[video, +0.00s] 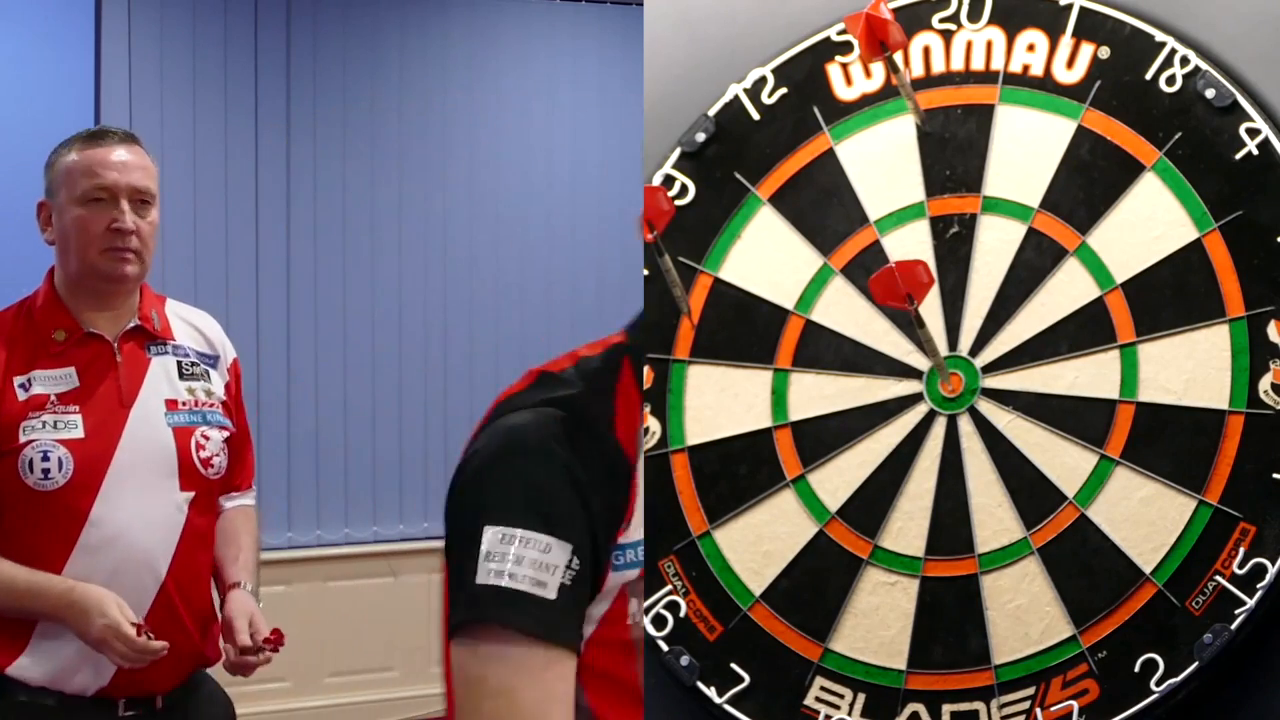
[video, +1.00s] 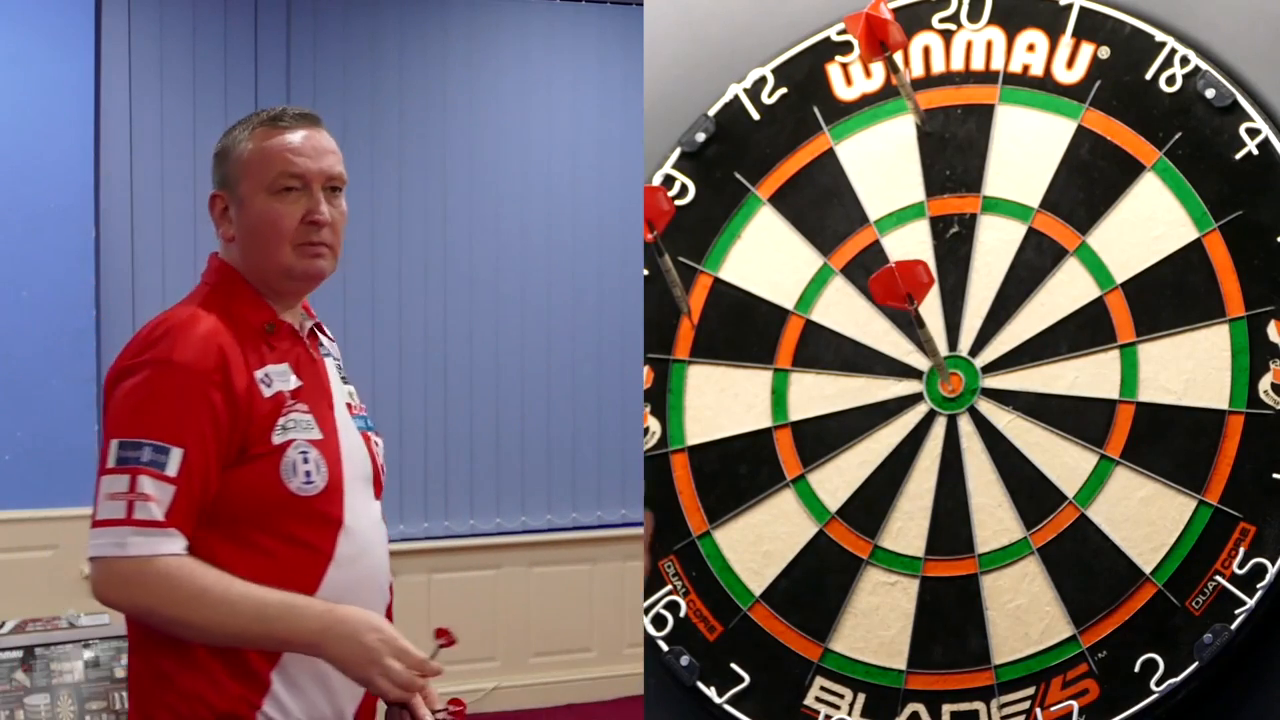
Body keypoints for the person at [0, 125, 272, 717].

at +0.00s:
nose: (127, 222)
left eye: (142, 203)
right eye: (99, 200)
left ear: (158, 219)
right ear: (48, 222)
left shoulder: (206, 345)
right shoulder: (8, 349)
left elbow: (233, 492)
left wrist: (238, 589)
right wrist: (67, 600)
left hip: (182, 695)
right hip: (38, 697)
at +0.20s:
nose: (153, 249)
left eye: (170, 227)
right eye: (128, 224)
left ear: (185, 231)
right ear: (69, 222)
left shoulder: (211, 346)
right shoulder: (9, 357)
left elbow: (230, 499)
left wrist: (247, 605)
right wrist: (90, 610)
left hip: (199, 697)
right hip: (47, 699)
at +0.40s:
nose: (204, 284)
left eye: (222, 259)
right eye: (181, 257)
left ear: (236, 250)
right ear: (116, 240)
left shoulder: (239, 357)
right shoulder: (33, 375)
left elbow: (247, 517)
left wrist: (275, 628)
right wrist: (135, 629)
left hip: (220, 706)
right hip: (75, 708)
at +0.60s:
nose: (266, 284)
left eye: (283, 259)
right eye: (243, 257)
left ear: (296, 250)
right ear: (176, 238)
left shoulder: (284, 355)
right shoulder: (92, 370)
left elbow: (284, 533)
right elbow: (21, 571)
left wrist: (322, 643)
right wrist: (199, 637)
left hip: (278, 702)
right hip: (139, 708)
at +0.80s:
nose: (305, 239)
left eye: (319, 214)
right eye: (276, 213)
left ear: (331, 221)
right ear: (209, 224)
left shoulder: (309, 346)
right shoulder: (140, 362)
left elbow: (316, 532)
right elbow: (75, 572)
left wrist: (362, 652)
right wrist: (263, 630)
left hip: (311, 704)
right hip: (184, 708)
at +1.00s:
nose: (321, 212)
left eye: (333, 190)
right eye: (290, 189)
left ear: (346, 204)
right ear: (225, 216)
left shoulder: (313, 340)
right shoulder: (186, 346)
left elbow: (323, 541)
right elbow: (126, 568)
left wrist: (388, 667)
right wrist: (330, 630)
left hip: (339, 702)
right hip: (228, 704)